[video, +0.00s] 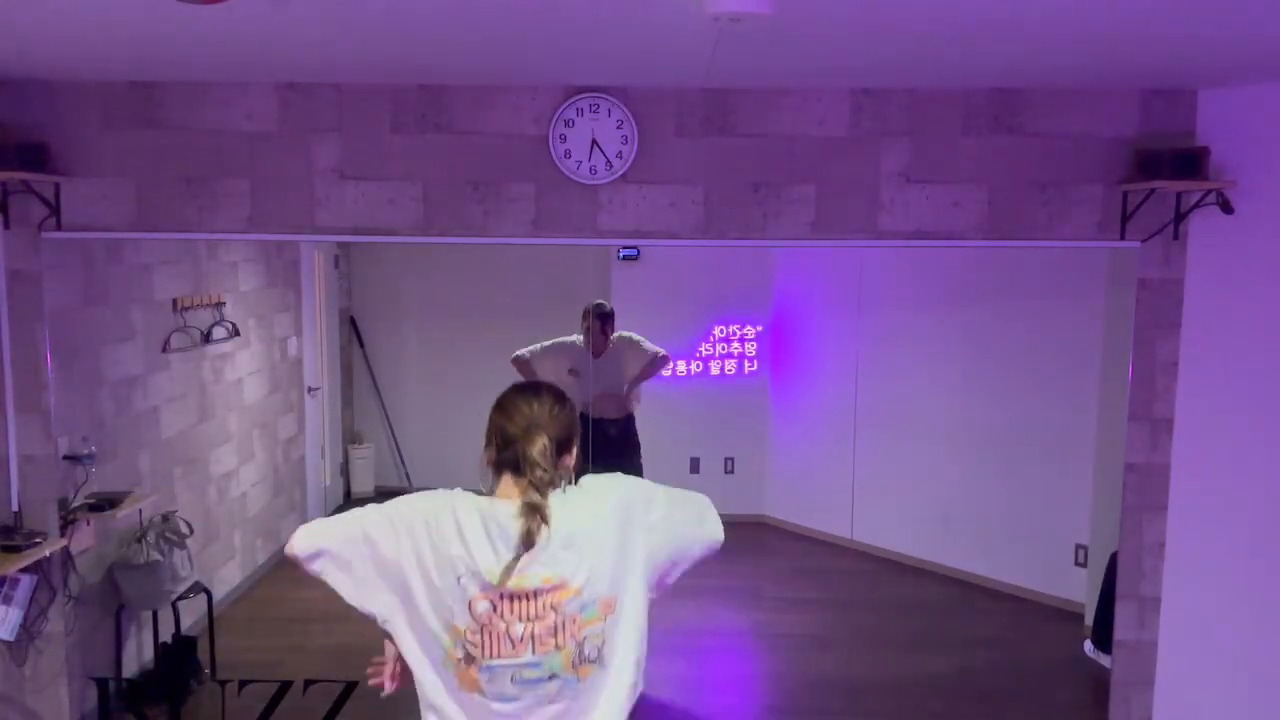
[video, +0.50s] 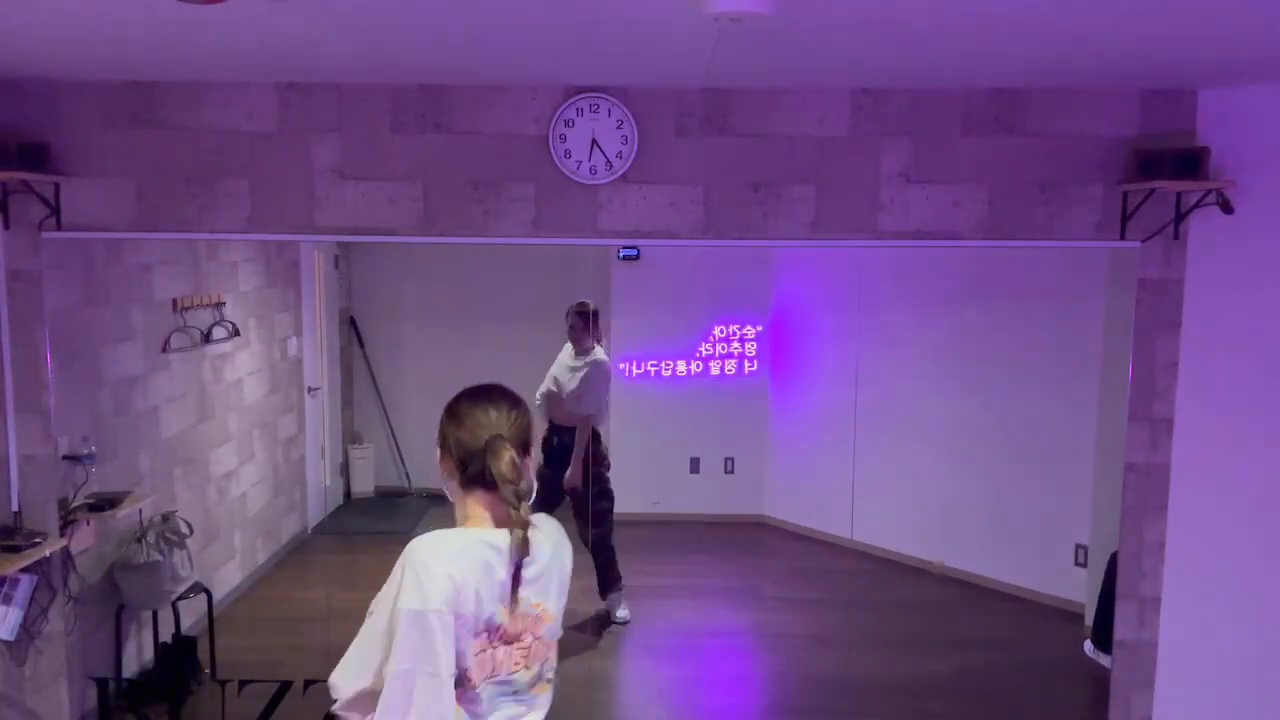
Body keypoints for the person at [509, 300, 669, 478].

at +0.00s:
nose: (596, 337)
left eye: (601, 331)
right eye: (592, 331)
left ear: (611, 328)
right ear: (583, 327)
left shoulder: (626, 343)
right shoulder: (569, 347)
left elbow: (661, 358)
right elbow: (520, 359)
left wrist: (631, 388)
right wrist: (545, 394)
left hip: (622, 428)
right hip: (585, 429)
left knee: (629, 492)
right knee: (585, 492)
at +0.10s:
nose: (590, 327)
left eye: (597, 321)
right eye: (586, 320)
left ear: (609, 323)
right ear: (581, 321)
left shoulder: (622, 339)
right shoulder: (569, 343)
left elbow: (650, 366)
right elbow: (528, 368)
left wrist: (626, 398)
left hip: (619, 426)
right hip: (583, 424)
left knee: (624, 485)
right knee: (584, 483)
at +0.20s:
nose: (590, 324)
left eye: (598, 318)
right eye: (586, 317)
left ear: (608, 321)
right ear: (579, 319)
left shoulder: (620, 340)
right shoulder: (569, 342)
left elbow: (634, 386)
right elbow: (550, 382)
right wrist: (559, 426)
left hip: (615, 426)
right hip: (579, 426)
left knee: (625, 489)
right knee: (581, 486)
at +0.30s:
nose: (590, 323)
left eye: (596, 317)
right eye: (586, 317)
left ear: (607, 320)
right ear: (578, 319)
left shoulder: (619, 350)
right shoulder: (567, 347)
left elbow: (619, 403)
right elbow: (560, 393)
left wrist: (599, 446)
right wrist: (559, 433)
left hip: (610, 433)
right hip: (576, 432)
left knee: (615, 511)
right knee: (573, 507)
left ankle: (614, 599)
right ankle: (572, 596)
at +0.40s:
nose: (578, 325)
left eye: (584, 320)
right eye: (576, 319)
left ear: (599, 323)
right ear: (574, 321)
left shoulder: (611, 358)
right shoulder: (569, 348)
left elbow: (602, 413)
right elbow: (556, 396)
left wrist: (590, 458)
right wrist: (549, 438)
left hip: (601, 438)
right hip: (569, 434)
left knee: (605, 516)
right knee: (553, 508)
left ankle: (614, 593)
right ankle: (546, 587)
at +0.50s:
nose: (572, 333)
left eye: (578, 328)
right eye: (570, 328)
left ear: (593, 329)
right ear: (567, 327)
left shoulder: (598, 365)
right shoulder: (568, 352)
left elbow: (587, 418)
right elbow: (554, 398)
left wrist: (576, 464)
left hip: (584, 447)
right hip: (555, 442)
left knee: (595, 526)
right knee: (537, 517)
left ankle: (614, 597)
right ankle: (519, 592)